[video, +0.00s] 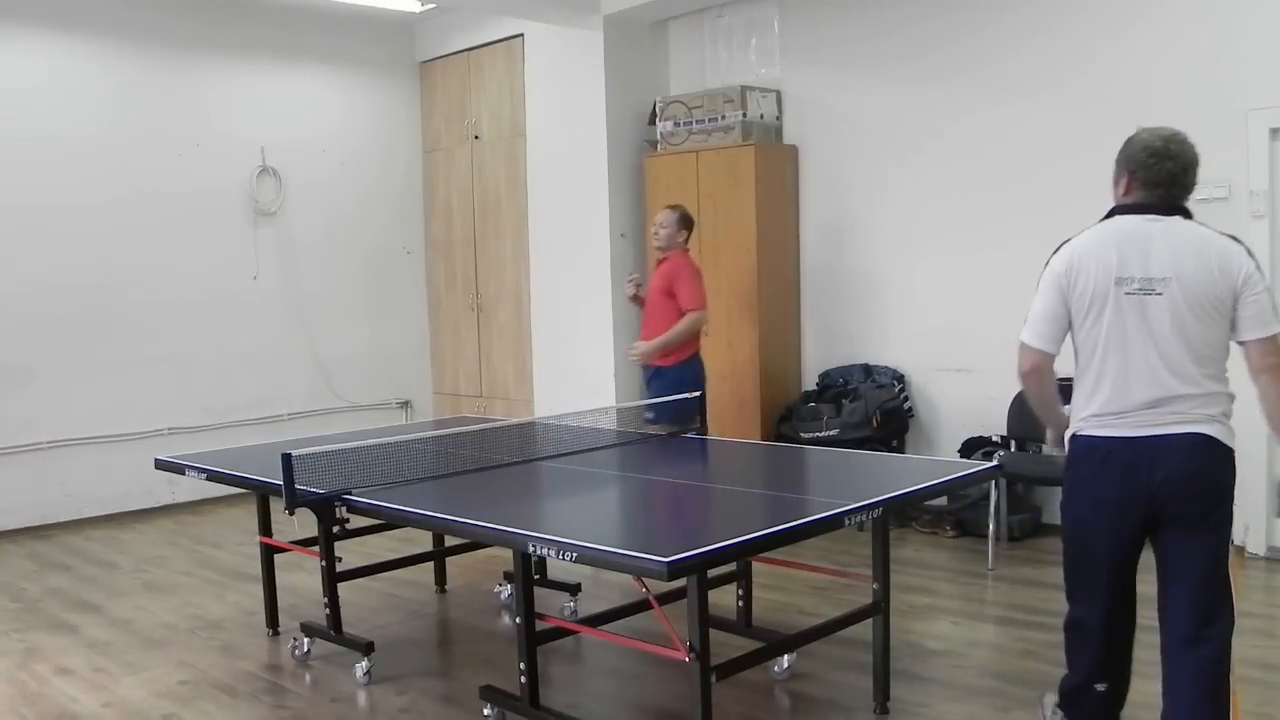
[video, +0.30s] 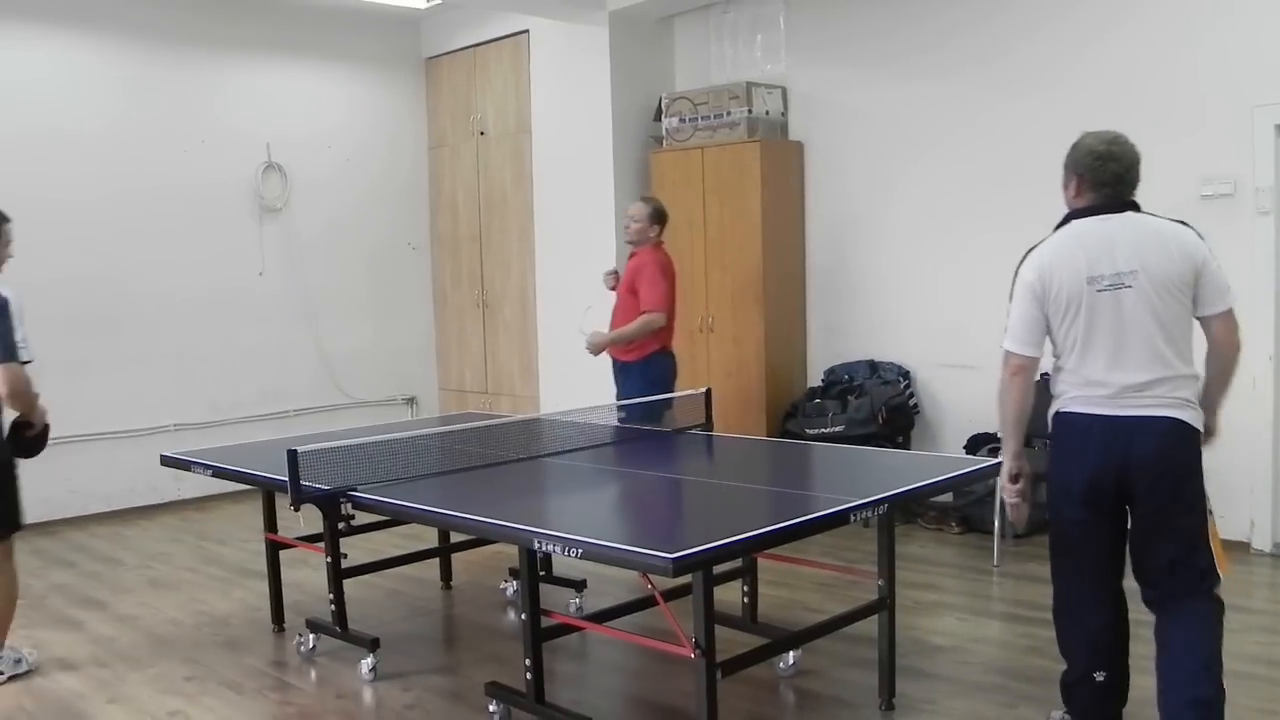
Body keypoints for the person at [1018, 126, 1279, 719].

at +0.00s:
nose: (1112, 186)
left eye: (1114, 178)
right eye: (1115, 178)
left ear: (1125, 182)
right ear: (1187, 188)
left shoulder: (1077, 253)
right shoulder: (1229, 255)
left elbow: (1033, 363)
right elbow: (1268, 366)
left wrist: (1057, 427)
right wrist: (1279, 437)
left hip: (1102, 461)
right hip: (1199, 458)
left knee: (1095, 615)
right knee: (1197, 624)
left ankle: (1084, 710)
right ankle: (1197, 716)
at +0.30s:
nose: (1061, 189)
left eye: (1064, 180)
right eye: (1065, 180)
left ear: (1076, 185)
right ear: (1134, 185)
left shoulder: (1046, 258)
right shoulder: (1184, 242)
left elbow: (1019, 367)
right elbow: (1225, 340)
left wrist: (1012, 456)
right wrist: (1209, 407)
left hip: (1081, 443)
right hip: (1168, 441)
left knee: (1085, 587)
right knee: (1182, 588)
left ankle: (1092, 709)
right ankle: (1194, 711)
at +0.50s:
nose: (1044, 194)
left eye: (1047, 185)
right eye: (1047, 185)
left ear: (1060, 189)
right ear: (1115, 189)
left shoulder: (1035, 261)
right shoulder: (1166, 241)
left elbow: (1000, 368)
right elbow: (1200, 326)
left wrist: (1006, 445)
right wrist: (1145, 355)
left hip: (1078, 438)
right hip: (1160, 434)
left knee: (1083, 582)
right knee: (1168, 578)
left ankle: (1093, 710)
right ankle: (1178, 709)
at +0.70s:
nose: (1044, 196)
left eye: (1047, 187)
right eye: (1047, 186)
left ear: (1060, 190)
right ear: (1111, 190)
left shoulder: (1040, 257)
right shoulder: (1158, 243)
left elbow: (1011, 366)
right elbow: (1152, 323)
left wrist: (1023, 418)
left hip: (1078, 426)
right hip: (1155, 424)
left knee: (1082, 572)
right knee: (1156, 559)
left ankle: (1094, 706)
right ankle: (1145, 687)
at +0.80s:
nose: (1049, 197)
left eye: (1051, 187)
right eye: (1051, 187)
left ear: (1064, 190)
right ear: (1114, 192)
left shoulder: (1045, 256)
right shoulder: (1157, 241)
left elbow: (1018, 364)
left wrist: (1026, 408)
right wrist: (1063, 234)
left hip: (1079, 424)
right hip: (1153, 422)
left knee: (1081, 566)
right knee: (1146, 552)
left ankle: (1094, 704)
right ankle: (1131, 679)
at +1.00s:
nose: (1060, 202)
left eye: (1064, 192)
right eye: (1063, 191)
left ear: (1079, 193)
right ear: (1123, 196)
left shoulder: (1063, 255)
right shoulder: (1161, 247)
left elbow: (1026, 359)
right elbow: (1139, 327)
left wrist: (1027, 407)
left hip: (1080, 425)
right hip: (1150, 423)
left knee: (1075, 566)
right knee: (1137, 554)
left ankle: (1094, 706)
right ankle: (1123, 682)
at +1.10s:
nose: (1066, 199)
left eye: (1069, 190)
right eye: (1069, 189)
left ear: (1084, 191)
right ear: (1129, 193)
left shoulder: (1066, 253)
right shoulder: (1164, 247)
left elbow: (1034, 351)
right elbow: (1147, 327)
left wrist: (1027, 405)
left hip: (1082, 424)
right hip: (1152, 421)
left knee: (1069, 560)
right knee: (1137, 552)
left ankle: (1092, 704)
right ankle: (1123, 682)